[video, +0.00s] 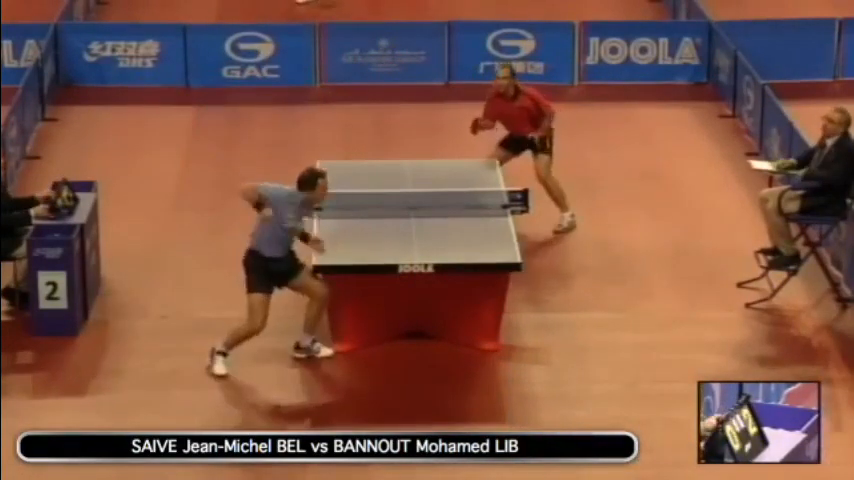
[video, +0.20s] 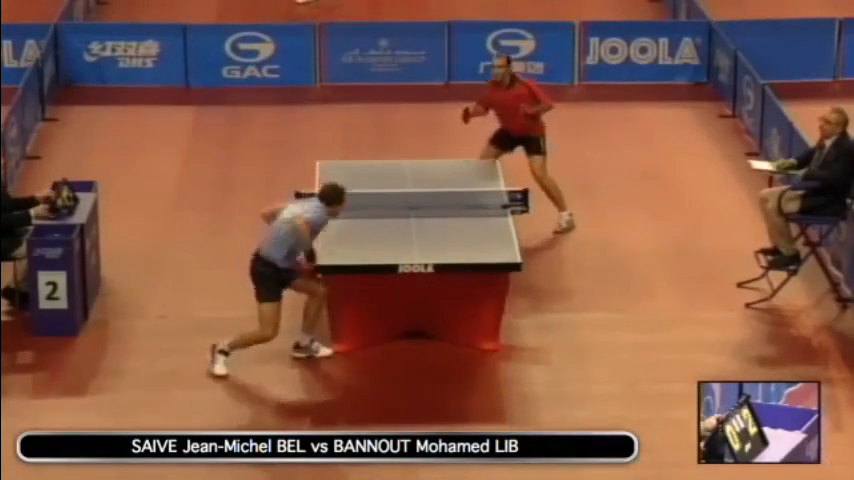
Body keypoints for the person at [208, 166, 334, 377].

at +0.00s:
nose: (326, 192)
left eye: (326, 187)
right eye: (323, 188)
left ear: (313, 188)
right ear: (312, 189)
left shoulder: (306, 205)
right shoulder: (284, 196)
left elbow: (291, 226)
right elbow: (248, 191)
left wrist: (308, 239)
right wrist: (261, 207)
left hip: (283, 259)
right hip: (259, 259)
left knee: (320, 292)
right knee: (256, 324)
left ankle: (306, 342)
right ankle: (220, 352)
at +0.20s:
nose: (341, 209)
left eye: (342, 204)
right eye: (341, 204)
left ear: (322, 196)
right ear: (335, 204)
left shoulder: (305, 204)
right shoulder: (319, 213)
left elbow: (268, 215)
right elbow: (302, 225)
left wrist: (288, 238)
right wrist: (309, 252)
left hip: (281, 265)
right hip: (266, 266)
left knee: (318, 291)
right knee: (268, 332)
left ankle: (305, 342)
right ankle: (222, 349)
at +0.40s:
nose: (340, 189)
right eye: (341, 184)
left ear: (319, 179)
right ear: (338, 183)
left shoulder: (303, 191)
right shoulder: (333, 198)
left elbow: (266, 207)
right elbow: (326, 219)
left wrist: (267, 236)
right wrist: (329, 247)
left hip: (271, 249)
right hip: (290, 256)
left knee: (306, 290)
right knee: (296, 323)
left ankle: (304, 341)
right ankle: (248, 345)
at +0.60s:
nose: (336, 178)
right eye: (336, 174)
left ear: (314, 172)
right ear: (335, 176)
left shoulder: (295, 191)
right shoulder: (332, 199)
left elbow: (268, 216)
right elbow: (326, 236)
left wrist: (270, 245)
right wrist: (337, 259)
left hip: (277, 257)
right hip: (303, 261)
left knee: (283, 303)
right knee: (331, 317)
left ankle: (259, 355)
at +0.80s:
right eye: (333, 180)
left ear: (311, 178)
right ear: (333, 183)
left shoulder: (293, 196)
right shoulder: (327, 212)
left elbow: (266, 220)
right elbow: (332, 255)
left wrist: (276, 242)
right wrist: (355, 264)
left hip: (272, 265)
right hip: (300, 271)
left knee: (269, 300)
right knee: (330, 320)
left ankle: (256, 352)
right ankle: (331, 382)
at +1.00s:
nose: (324, 193)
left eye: (322, 189)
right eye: (323, 190)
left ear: (301, 186)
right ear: (319, 193)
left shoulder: (286, 199)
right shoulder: (300, 222)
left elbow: (270, 213)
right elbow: (283, 259)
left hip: (249, 258)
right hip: (266, 271)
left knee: (242, 302)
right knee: (309, 315)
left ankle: (203, 338)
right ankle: (304, 375)